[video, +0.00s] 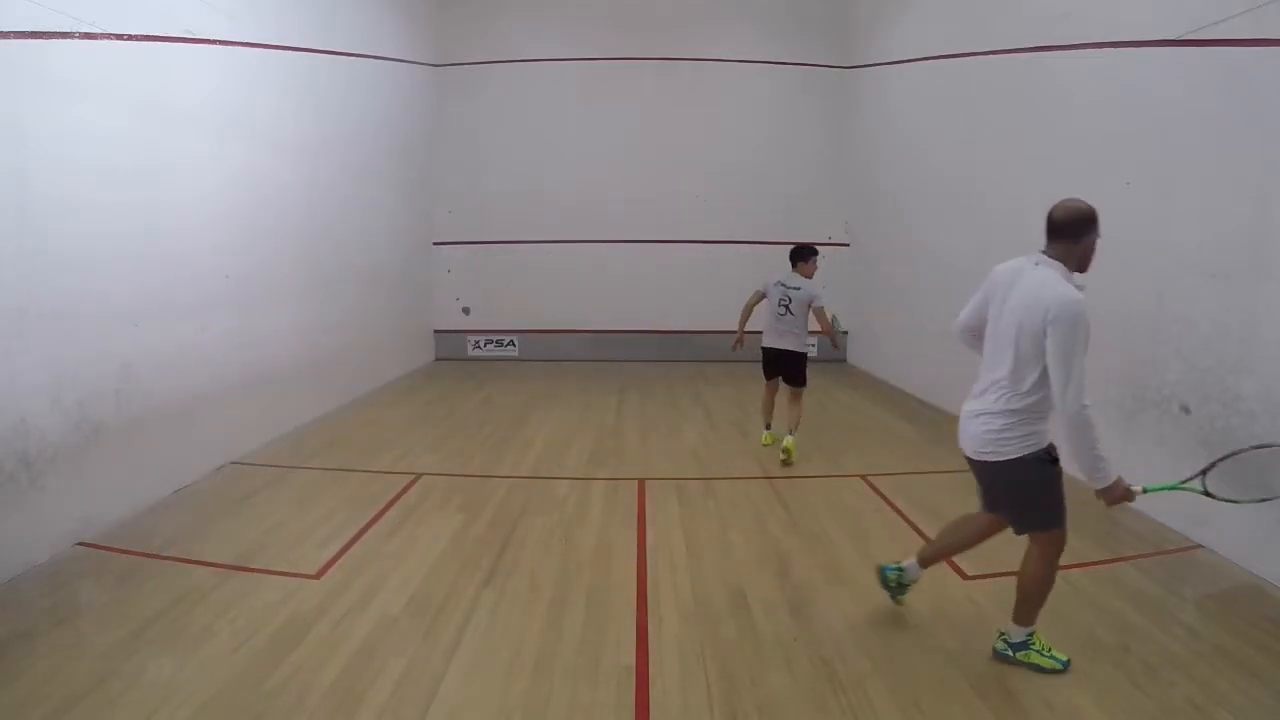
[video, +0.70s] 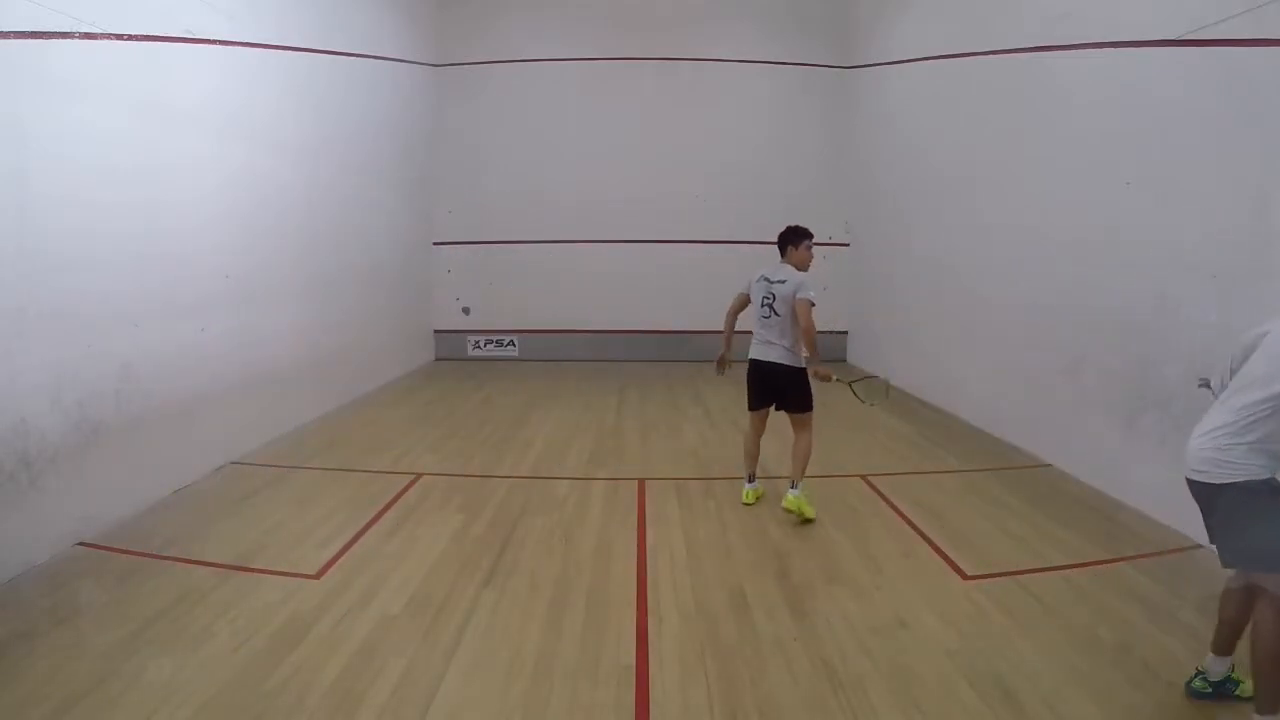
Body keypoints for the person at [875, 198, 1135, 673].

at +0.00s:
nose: (1096, 248)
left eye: (1094, 240)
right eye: (1096, 240)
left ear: (1050, 235)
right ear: (1087, 243)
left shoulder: (1008, 271)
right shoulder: (1066, 302)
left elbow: (968, 327)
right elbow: (1071, 404)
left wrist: (1014, 362)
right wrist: (1104, 479)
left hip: (979, 429)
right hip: (1017, 443)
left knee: (998, 514)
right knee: (1048, 539)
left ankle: (905, 572)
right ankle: (1018, 637)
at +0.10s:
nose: (1145, 252)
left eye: (1148, 242)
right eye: (1145, 240)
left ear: (1101, 228)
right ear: (1126, 234)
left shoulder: (1050, 264)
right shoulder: (1108, 291)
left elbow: (1009, 322)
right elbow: (1116, 398)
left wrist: (1053, 358)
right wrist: (1154, 473)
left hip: (1024, 430)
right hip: (1058, 440)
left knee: (1052, 522)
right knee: (1062, 541)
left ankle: (999, 597)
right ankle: (1019, 638)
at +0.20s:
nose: (1194, 257)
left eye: (1196, 246)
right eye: (1193, 244)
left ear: (1154, 232)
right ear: (1169, 234)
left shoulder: (1095, 266)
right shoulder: (1152, 290)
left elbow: (1052, 325)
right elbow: (1163, 397)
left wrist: (1102, 362)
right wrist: (1211, 475)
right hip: (1095, 445)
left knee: (1125, 524)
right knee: (1082, 546)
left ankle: (1108, 632)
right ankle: (1018, 636)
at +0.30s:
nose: (1243, 267)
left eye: (1245, 256)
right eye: (1240, 254)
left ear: (1198, 247)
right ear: (1213, 247)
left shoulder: (1141, 281)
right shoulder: (1195, 303)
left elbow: (1100, 341)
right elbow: (1210, 403)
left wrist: (1145, 384)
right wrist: (1266, 478)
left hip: (1145, 454)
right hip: (1134, 459)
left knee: (1170, 548)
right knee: (1119, 563)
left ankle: (1193, 655)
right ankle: (1028, 631)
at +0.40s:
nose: (1277, 285)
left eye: (1277, 274)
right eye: (1275, 273)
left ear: (1247, 263)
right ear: (1254, 264)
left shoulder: (1191, 301)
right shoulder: (1230, 321)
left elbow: (1146, 366)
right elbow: (1255, 420)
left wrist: (1190, 416)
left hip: (1199, 476)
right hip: (1173, 486)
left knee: (1230, 562)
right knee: (1190, 597)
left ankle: (1213, 673)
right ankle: (1069, 626)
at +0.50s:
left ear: (1271, 270)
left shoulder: (1244, 308)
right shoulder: (1262, 322)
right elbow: (1275, 390)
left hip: (1216, 472)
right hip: (1202, 480)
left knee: (1247, 576)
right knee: (1254, 595)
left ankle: (1216, 675)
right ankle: (1134, 645)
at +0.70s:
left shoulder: (1271, 332)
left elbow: (1232, 370)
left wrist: (1226, 393)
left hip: (1210, 464)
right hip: (1247, 470)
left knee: (1248, 572)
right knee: (1271, 589)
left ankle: (1214, 675)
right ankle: (1269, 711)